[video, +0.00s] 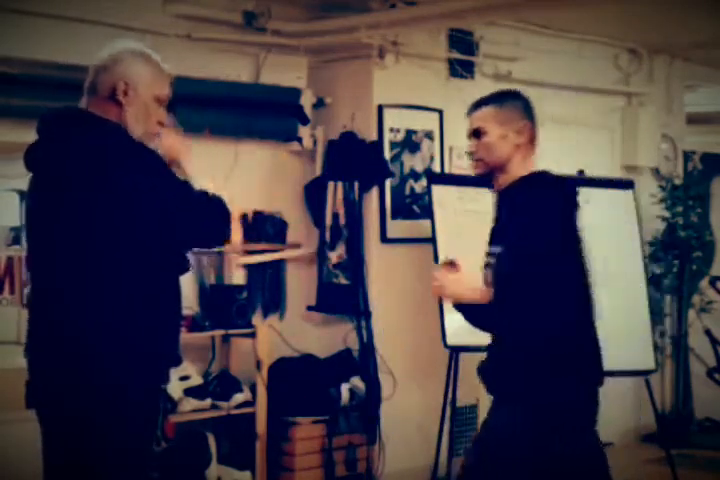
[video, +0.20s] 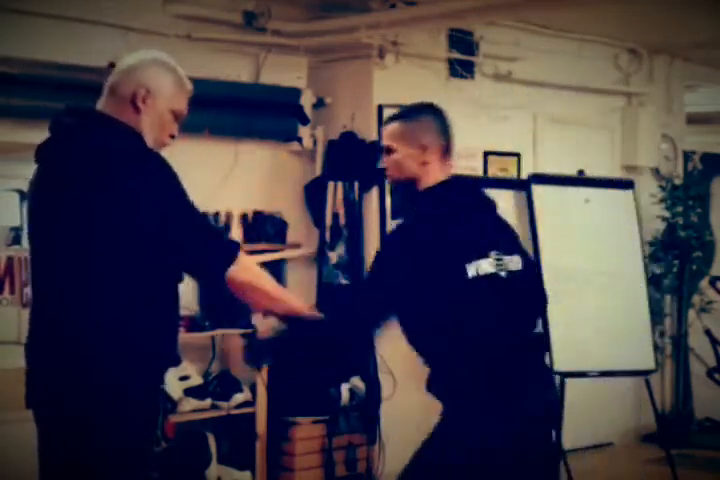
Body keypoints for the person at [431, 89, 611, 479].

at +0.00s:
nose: (470, 148)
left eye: (479, 135)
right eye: (470, 137)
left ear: (520, 137)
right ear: (514, 139)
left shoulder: (534, 199)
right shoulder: (521, 199)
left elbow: (532, 315)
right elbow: (512, 311)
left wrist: (467, 294)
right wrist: (465, 291)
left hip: (543, 394)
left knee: (483, 471)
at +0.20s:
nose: (383, 163)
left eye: (390, 151)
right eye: (384, 152)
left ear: (425, 154)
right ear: (434, 154)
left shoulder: (413, 235)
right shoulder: (490, 217)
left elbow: (361, 311)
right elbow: (534, 297)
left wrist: (302, 313)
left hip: (476, 412)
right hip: (535, 401)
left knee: (414, 476)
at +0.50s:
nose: (334, 203)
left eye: (332, 190)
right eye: (326, 193)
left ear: (358, 173)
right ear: (363, 168)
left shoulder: (415, 230)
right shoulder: (422, 207)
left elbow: (397, 371)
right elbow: (425, 293)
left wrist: (285, 398)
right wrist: (378, 308)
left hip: (475, 401)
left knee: (415, 473)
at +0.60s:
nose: (337, 197)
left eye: (336, 184)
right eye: (332, 187)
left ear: (363, 170)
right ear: (367, 165)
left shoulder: (417, 228)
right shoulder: (427, 205)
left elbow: (394, 366)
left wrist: (284, 385)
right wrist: (381, 301)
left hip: (473, 400)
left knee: (414, 473)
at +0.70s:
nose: (345, 191)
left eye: (344, 178)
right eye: (339, 180)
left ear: (373, 164)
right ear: (377, 162)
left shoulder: (425, 226)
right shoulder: (440, 202)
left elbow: (389, 367)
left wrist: (285, 379)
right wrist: (398, 305)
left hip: (478, 395)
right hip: (501, 379)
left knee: (420, 474)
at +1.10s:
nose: (481, 156)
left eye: (488, 143)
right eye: (482, 144)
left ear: (527, 146)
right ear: (525, 147)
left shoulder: (540, 216)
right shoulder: (557, 206)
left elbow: (498, 344)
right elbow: (526, 314)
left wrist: (394, 392)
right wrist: (467, 318)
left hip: (545, 407)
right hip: (570, 397)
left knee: (504, 472)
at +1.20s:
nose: (510, 148)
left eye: (519, 136)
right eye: (511, 137)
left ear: (557, 140)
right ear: (553, 141)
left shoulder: (566, 213)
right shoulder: (567, 205)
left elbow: (554, 349)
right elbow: (546, 322)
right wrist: (490, 315)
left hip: (569, 400)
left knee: (531, 472)